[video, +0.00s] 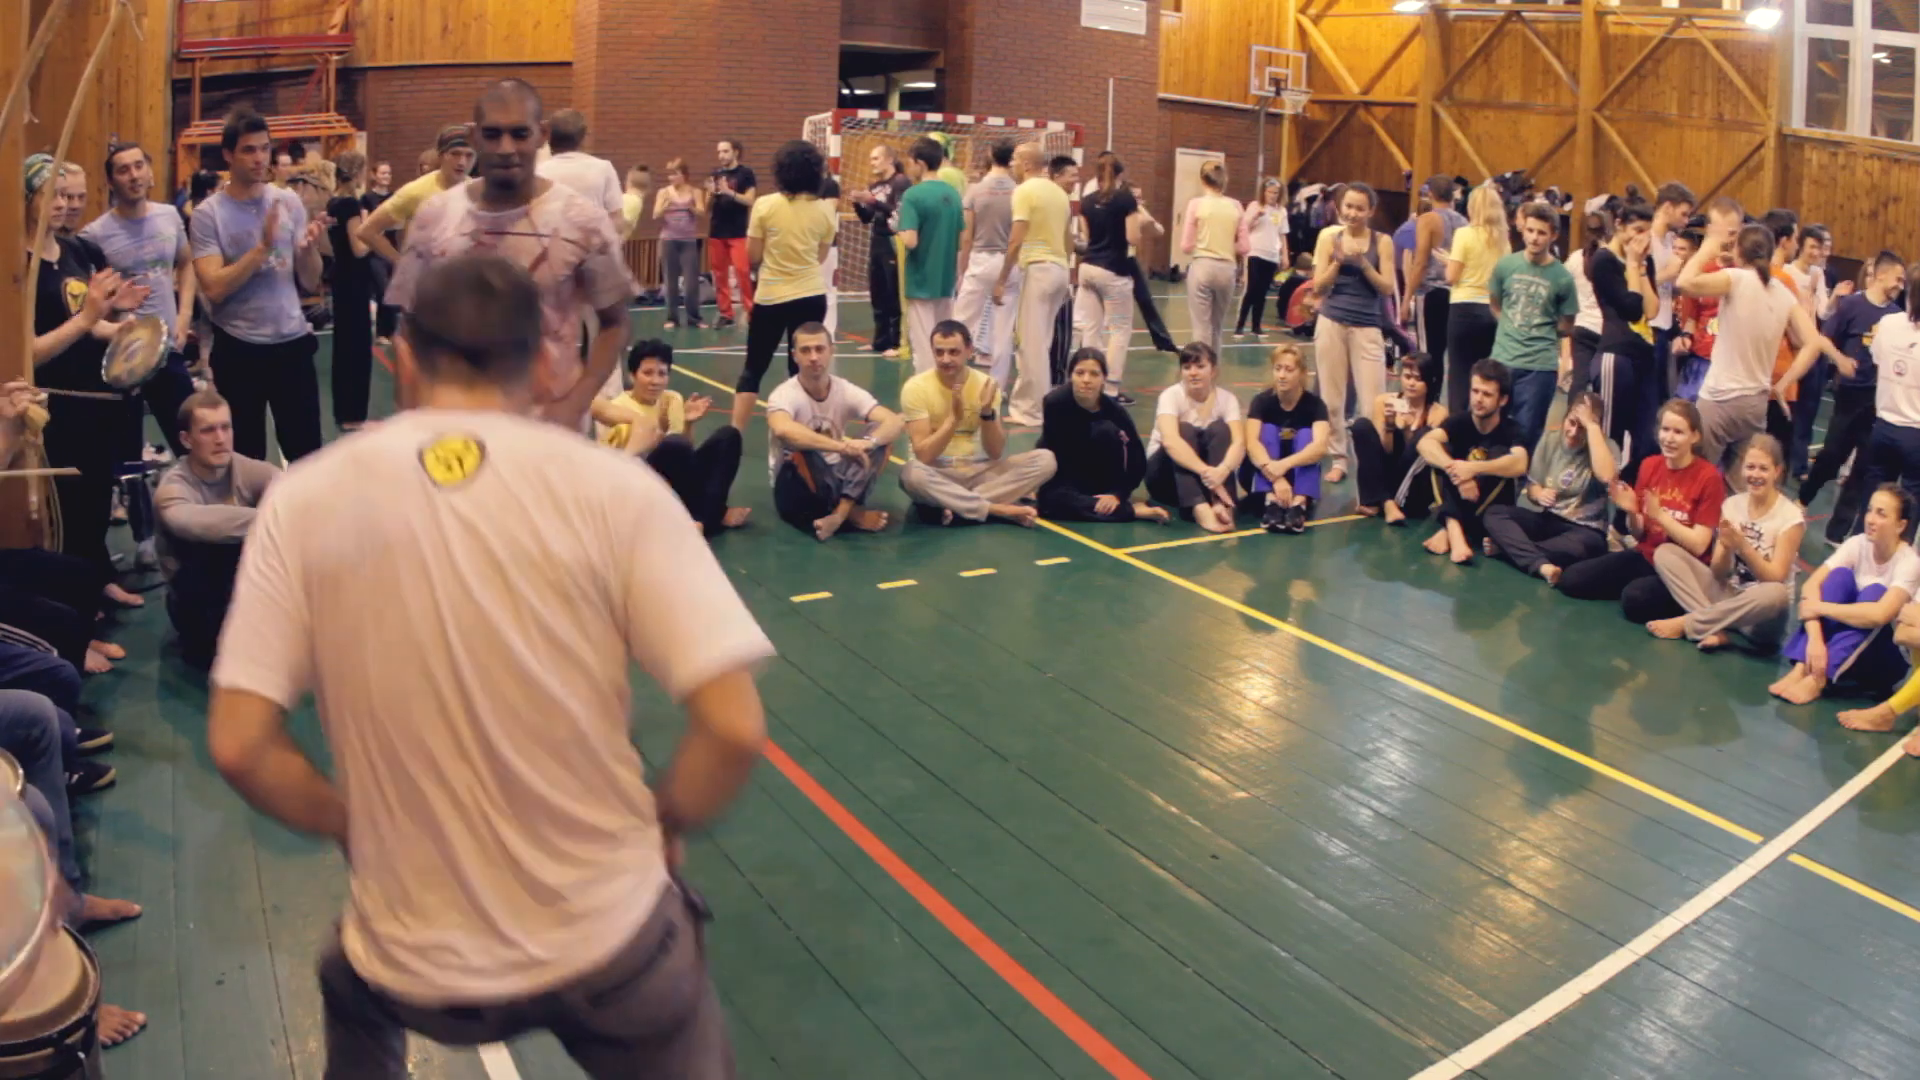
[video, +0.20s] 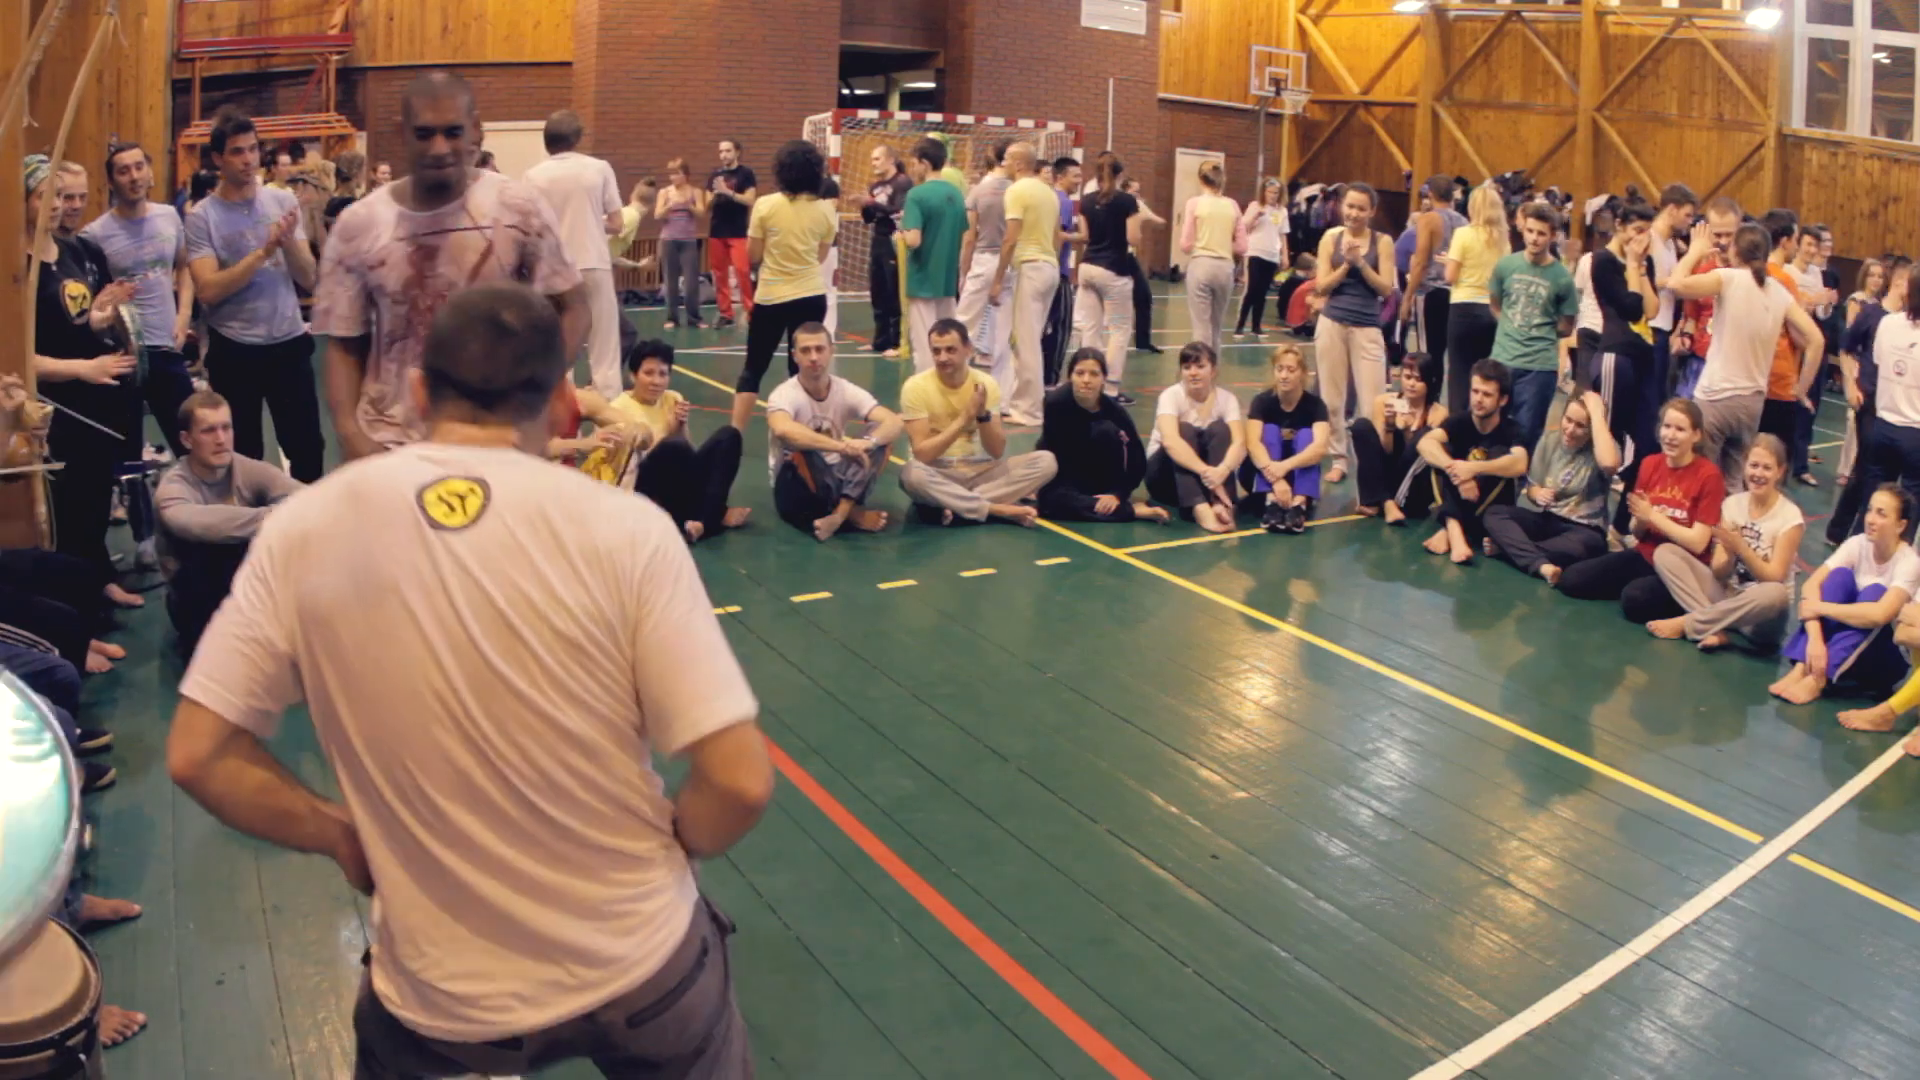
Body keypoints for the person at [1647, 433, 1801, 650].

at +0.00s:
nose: (1755, 475)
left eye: (1763, 469)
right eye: (1750, 467)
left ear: (1778, 472)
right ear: (1741, 469)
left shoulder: (1790, 515)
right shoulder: (1732, 505)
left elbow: (1776, 576)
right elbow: (1718, 572)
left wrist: (1742, 546)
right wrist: (1726, 548)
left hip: (1760, 602)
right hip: (1725, 593)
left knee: (1774, 593)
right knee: (1665, 552)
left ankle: (1686, 624)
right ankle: (1713, 629)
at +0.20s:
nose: (1758, 474)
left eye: (1767, 468)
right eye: (1753, 465)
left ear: (1781, 472)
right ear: (1744, 467)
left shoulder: (1790, 516)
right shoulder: (1732, 504)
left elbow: (1774, 576)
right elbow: (1718, 572)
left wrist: (1739, 547)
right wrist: (1731, 551)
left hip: (1760, 603)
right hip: (1724, 594)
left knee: (1774, 593)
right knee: (1665, 552)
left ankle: (1686, 624)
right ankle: (1712, 629)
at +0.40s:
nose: (1758, 476)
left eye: (1767, 471)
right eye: (1754, 468)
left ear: (1782, 475)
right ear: (1746, 469)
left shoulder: (1791, 519)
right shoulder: (1733, 504)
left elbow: (1774, 576)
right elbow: (1717, 571)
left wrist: (1750, 543)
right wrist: (1724, 553)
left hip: (1760, 603)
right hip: (1724, 593)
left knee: (1774, 593)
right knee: (1665, 553)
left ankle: (1686, 624)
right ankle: (1712, 629)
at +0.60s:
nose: (1757, 475)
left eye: (1766, 470)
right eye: (1753, 468)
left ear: (1783, 474)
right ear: (1746, 469)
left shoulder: (1793, 518)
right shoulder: (1734, 504)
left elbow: (1769, 574)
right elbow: (1719, 571)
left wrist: (1760, 521)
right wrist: (1721, 556)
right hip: (1725, 595)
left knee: (1774, 594)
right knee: (1665, 552)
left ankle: (1686, 624)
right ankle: (1711, 629)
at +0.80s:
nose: (1755, 475)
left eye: (1763, 469)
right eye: (1751, 467)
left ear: (1781, 473)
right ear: (1744, 469)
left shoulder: (1793, 517)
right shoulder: (1734, 505)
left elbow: (1767, 574)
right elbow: (1720, 572)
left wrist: (1759, 519)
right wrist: (1723, 558)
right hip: (1726, 595)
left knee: (1773, 594)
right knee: (1665, 552)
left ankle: (1686, 624)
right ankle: (1711, 629)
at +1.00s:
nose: (1754, 474)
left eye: (1763, 468)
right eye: (1751, 466)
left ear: (1781, 473)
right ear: (1744, 468)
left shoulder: (1793, 516)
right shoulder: (1734, 504)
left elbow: (1767, 573)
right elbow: (1719, 571)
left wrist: (1758, 517)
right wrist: (1723, 558)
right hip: (1727, 595)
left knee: (1773, 594)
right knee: (1665, 552)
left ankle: (1686, 624)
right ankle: (1712, 629)